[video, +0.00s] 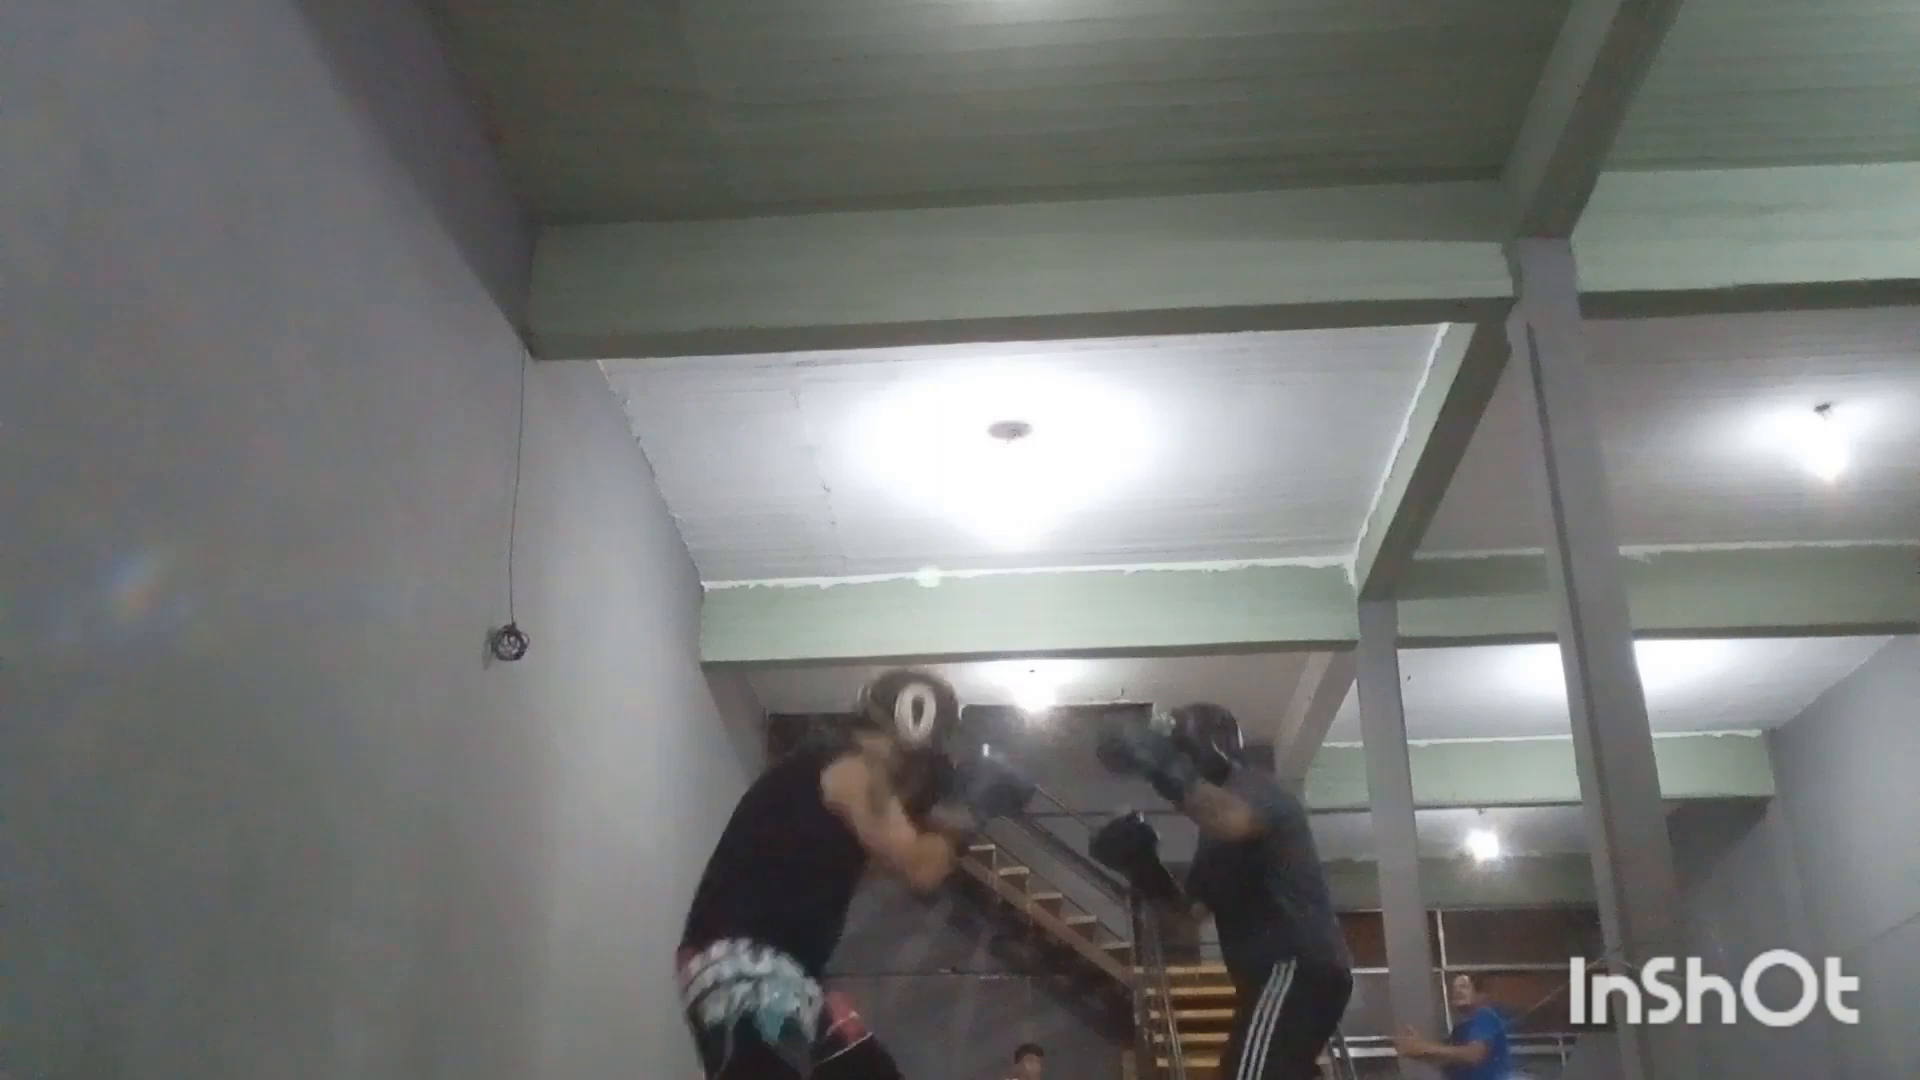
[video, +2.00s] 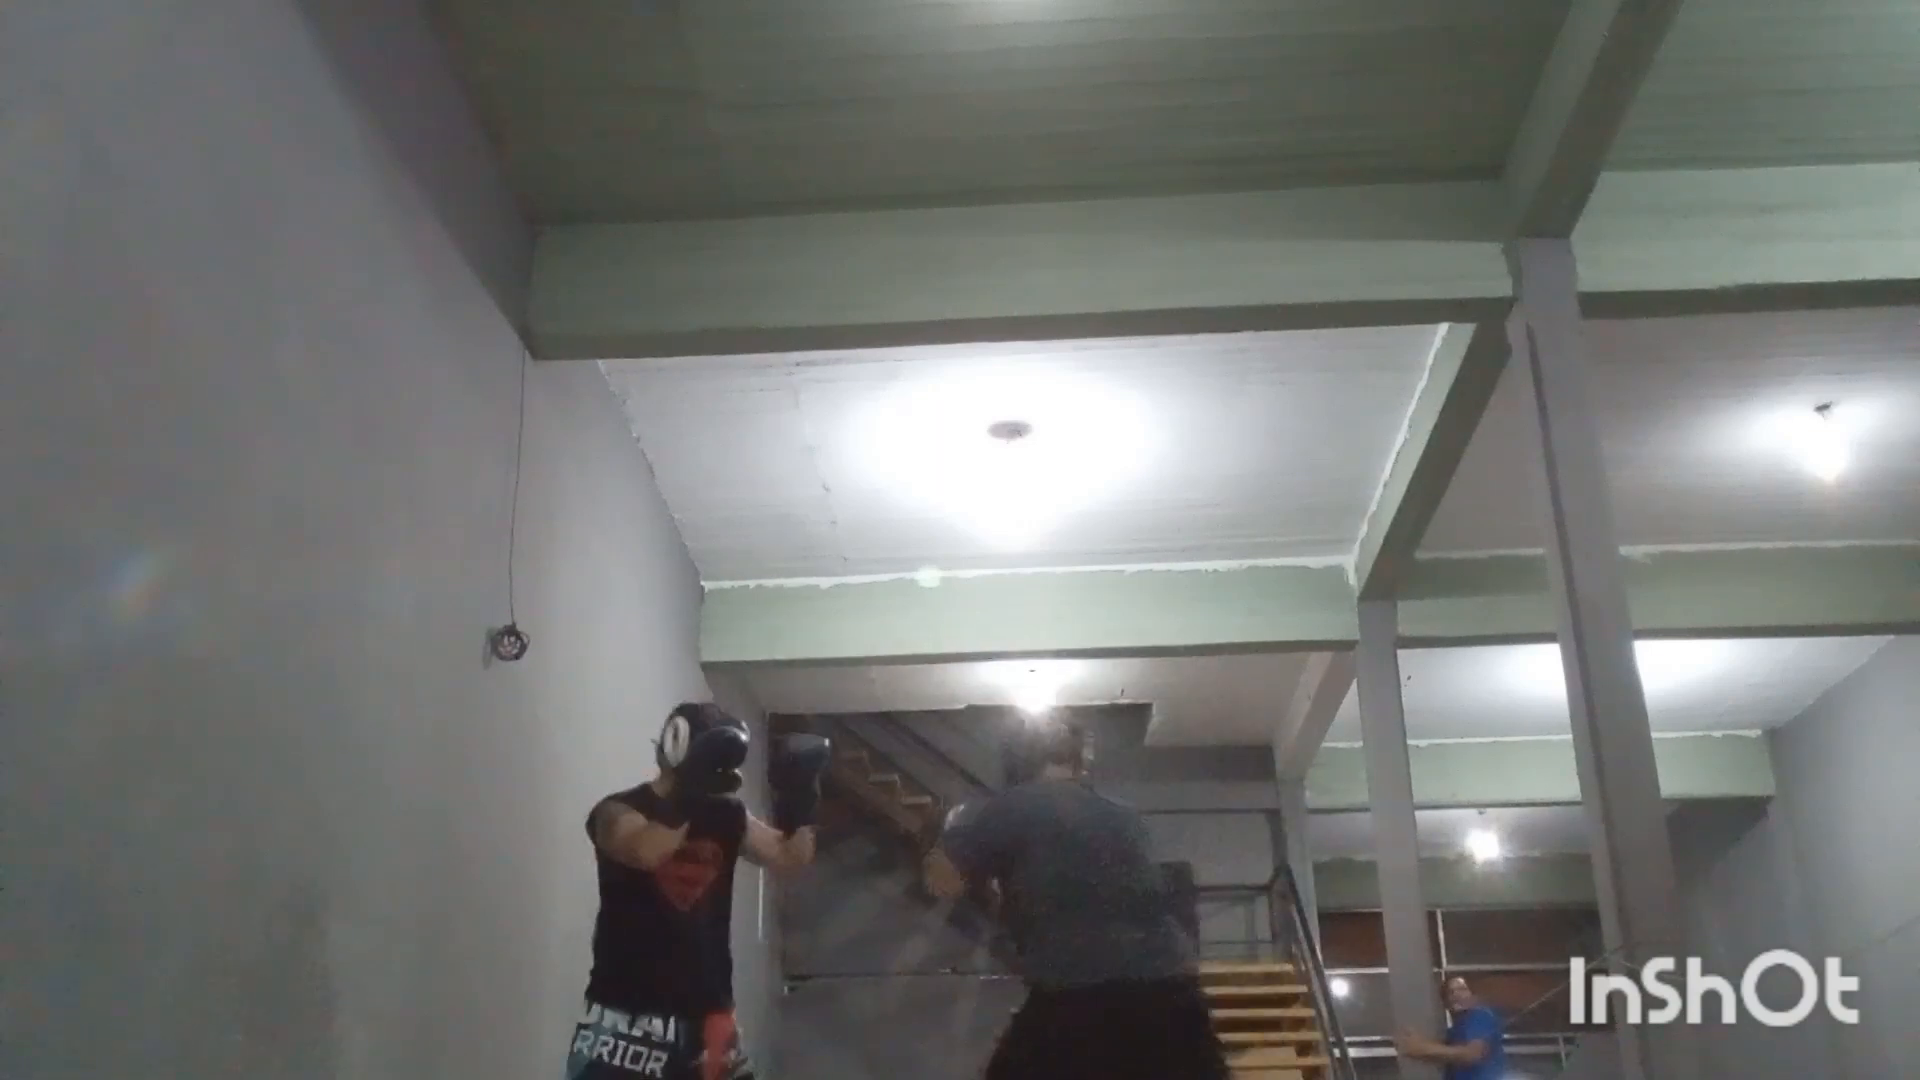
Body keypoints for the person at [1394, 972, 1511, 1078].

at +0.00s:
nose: (1458, 991)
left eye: (1463, 986)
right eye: (1454, 988)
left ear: (1476, 992)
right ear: (1449, 994)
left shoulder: (1485, 1018)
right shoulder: (1460, 1025)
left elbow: (1475, 1054)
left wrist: (1423, 1048)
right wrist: (1419, 1045)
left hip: (1485, 1076)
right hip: (1464, 1076)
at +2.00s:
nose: (1457, 995)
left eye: (1462, 990)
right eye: (1452, 992)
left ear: (1470, 993)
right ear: (1445, 999)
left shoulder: (1480, 1016)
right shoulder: (1455, 1027)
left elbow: (1475, 1053)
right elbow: (1452, 1053)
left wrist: (1425, 1049)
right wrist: (1419, 1046)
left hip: (1483, 1075)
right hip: (1460, 1075)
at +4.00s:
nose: (1458, 996)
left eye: (1462, 991)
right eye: (1452, 993)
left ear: (1470, 993)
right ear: (1446, 1000)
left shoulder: (1481, 1015)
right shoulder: (1457, 1023)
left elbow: (1477, 1053)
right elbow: (1450, 1054)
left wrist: (1425, 1049)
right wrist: (1420, 1045)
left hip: (1483, 1076)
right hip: (1460, 1076)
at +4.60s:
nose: (1458, 1007)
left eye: (1464, 1003)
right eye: (1454, 1001)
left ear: (1474, 1004)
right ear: (1449, 1002)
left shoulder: (1482, 1018)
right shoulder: (1457, 1028)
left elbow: (1477, 1052)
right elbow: (1445, 1054)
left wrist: (1426, 1049)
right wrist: (1418, 1048)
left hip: (1484, 1076)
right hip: (1461, 1076)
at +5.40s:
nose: (1461, 1000)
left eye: (1466, 995)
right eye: (1455, 996)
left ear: (1475, 998)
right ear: (1448, 1002)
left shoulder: (1484, 1020)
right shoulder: (1452, 1030)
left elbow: (1476, 1058)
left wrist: (1431, 1051)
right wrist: (1423, 1053)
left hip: (1485, 1076)